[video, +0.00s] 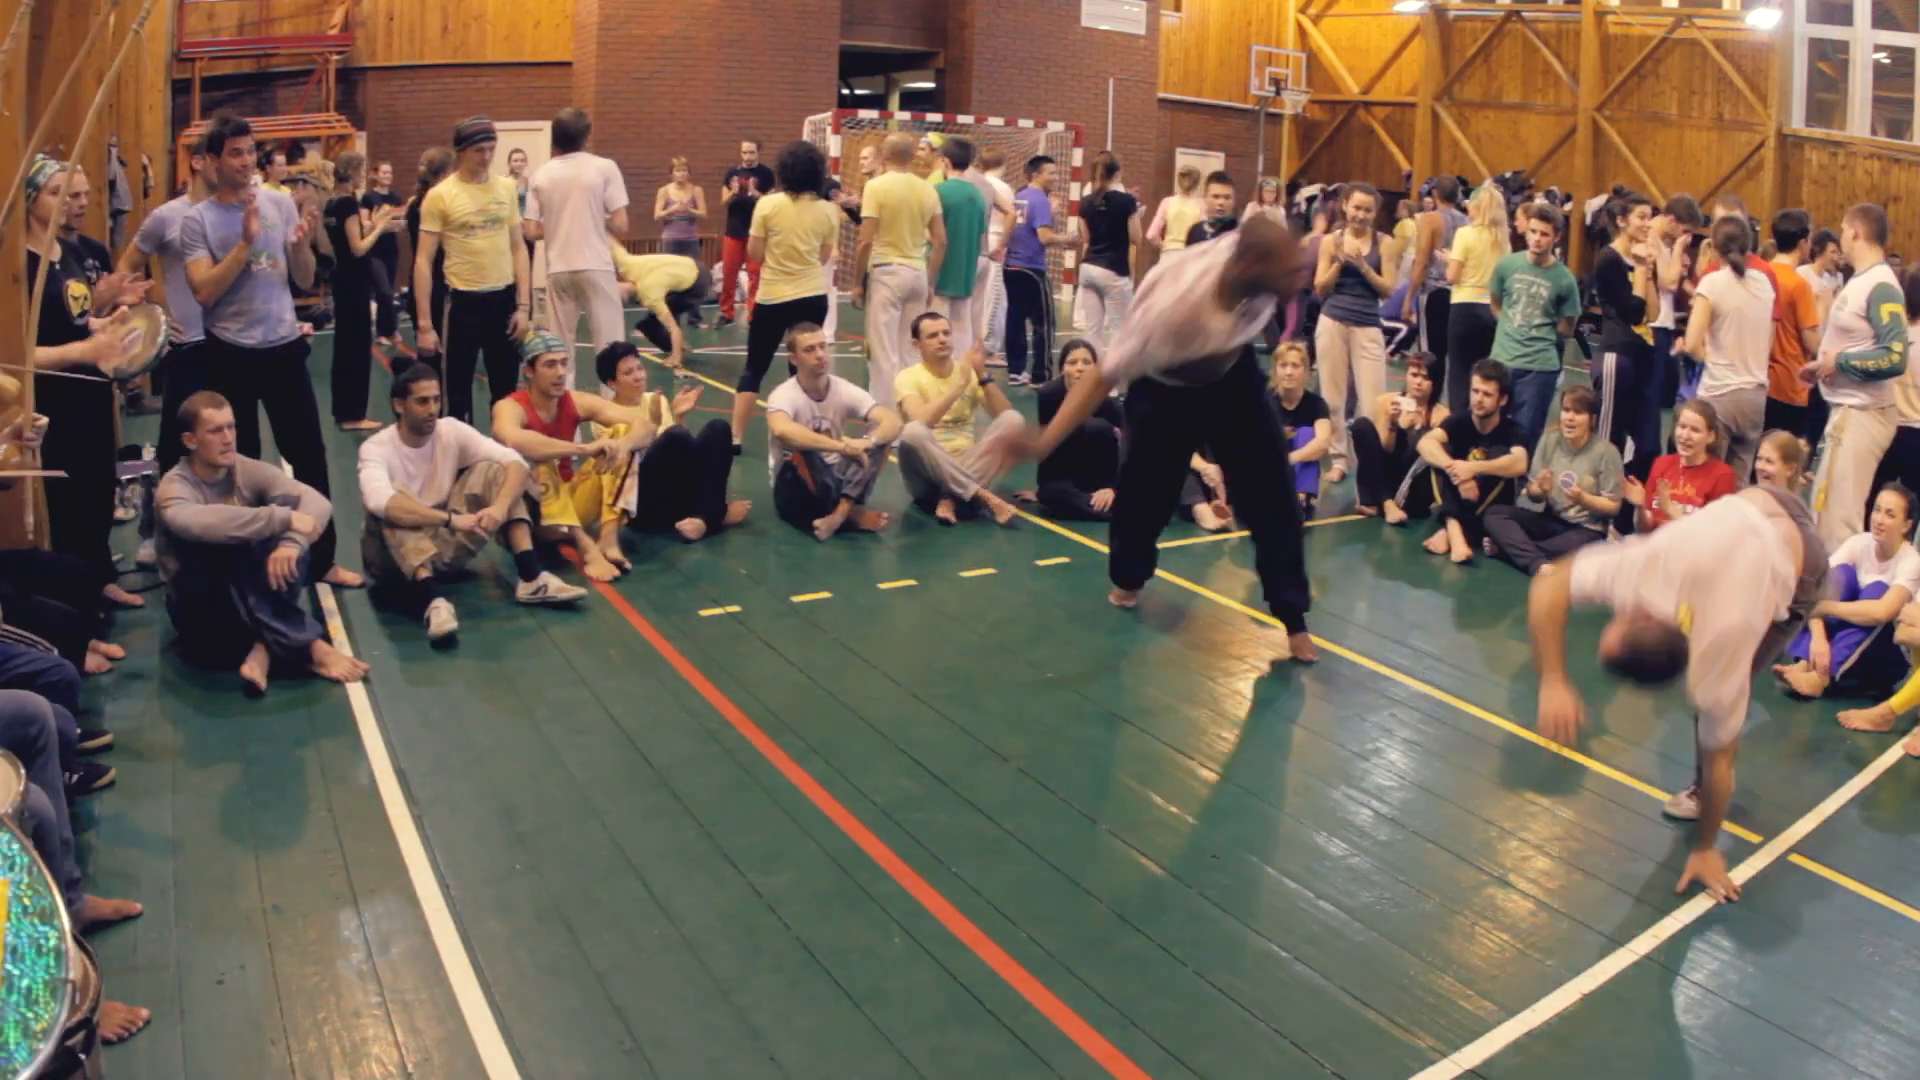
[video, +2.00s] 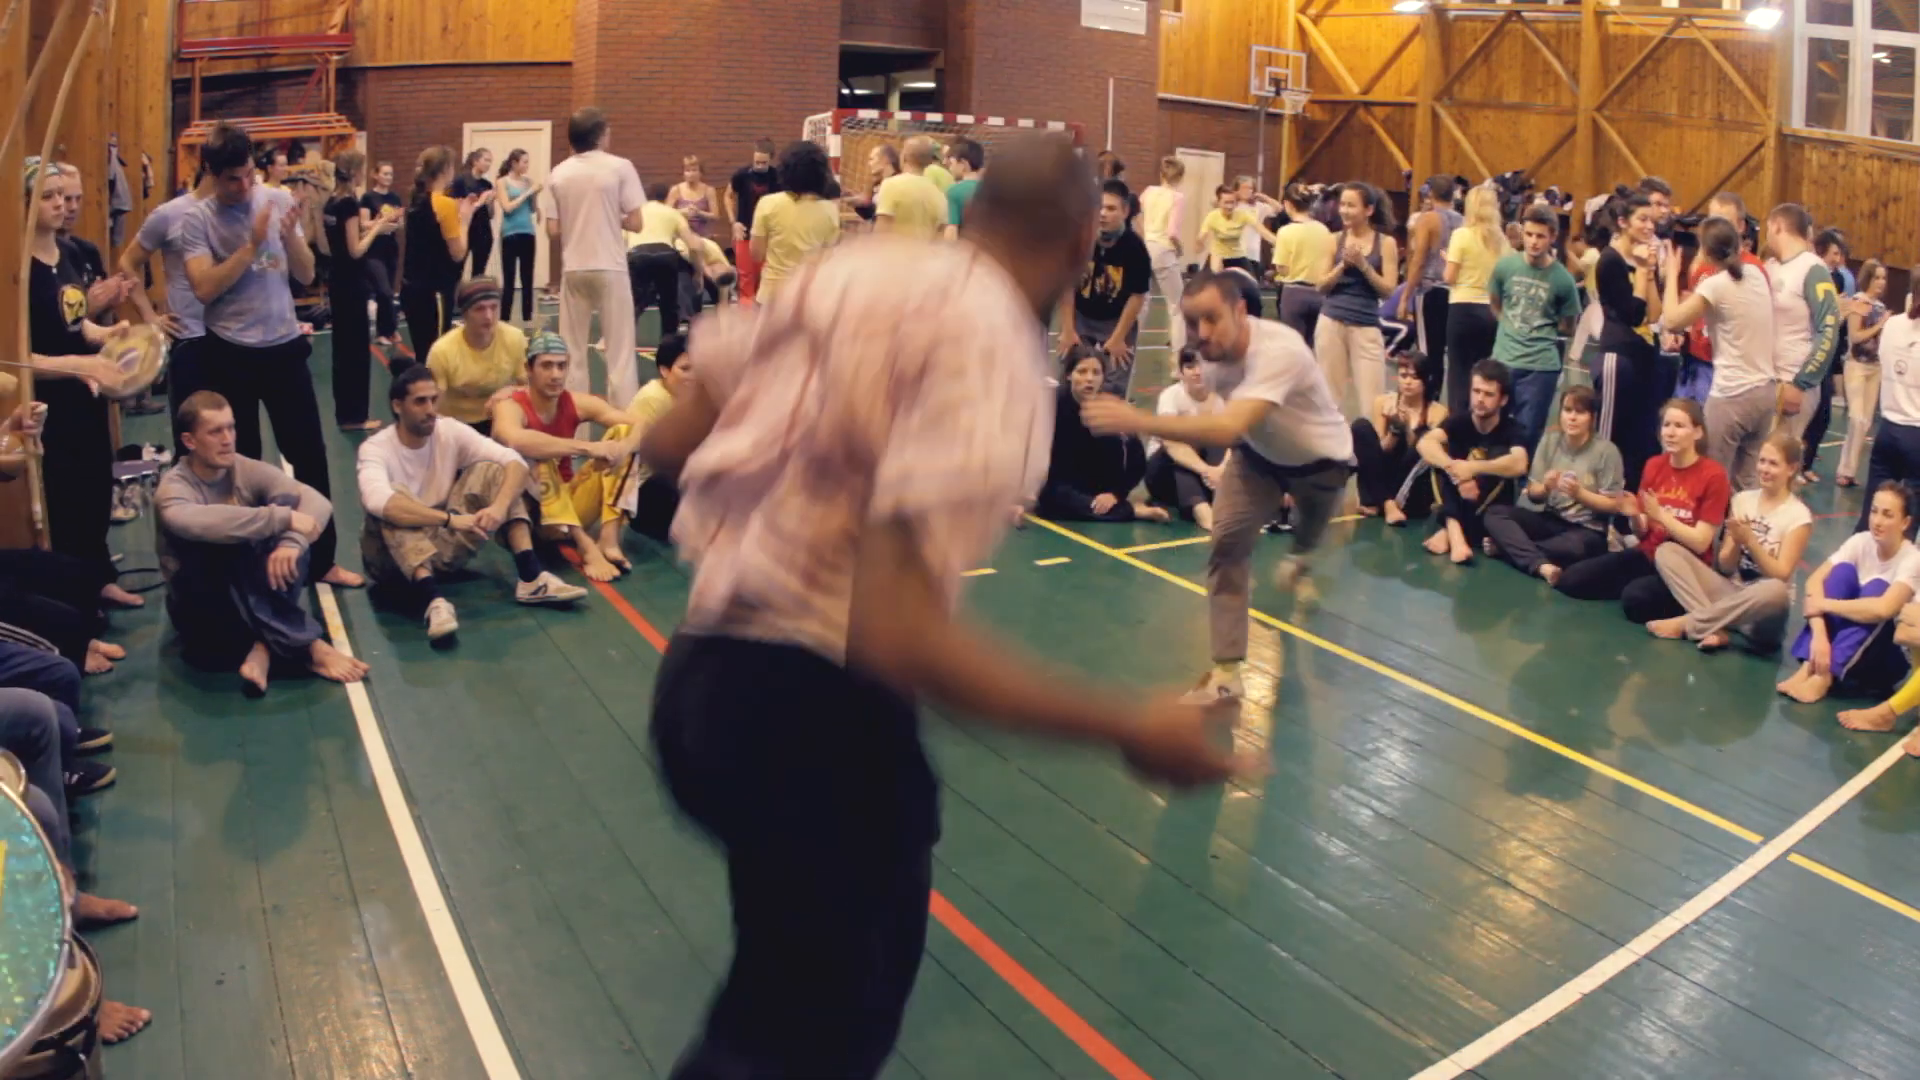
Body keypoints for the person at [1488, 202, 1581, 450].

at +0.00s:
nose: (1537, 239)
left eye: (1544, 234)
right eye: (1533, 232)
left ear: (1556, 238)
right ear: (1526, 232)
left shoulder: (1565, 279)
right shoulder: (1505, 265)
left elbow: (1567, 328)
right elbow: (1495, 307)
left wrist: (1537, 332)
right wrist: (1516, 327)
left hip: (1540, 362)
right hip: (1502, 356)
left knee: (1525, 433)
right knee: (1491, 427)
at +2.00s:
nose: (1533, 241)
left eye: (1540, 236)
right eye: (1529, 234)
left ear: (1552, 239)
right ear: (1522, 234)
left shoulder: (1563, 280)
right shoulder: (1504, 266)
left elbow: (1568, 324)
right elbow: (1495, 306)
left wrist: (1539, 331)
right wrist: (1514, 327)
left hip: (1541, 360)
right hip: (1503, 355)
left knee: (1527, 431)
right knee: (1492, 424)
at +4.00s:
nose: (1532, 242)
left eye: (1539, 236)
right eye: (1527, 234)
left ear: (1550, 238)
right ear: (1520, 234)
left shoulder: (1561, 277)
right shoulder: (1504, 266)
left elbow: (1566, 327)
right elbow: (1493, 305)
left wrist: (1537, 329)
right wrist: (1515, 324)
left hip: (1540, 362)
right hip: (1504, 357)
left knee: (1526, 432)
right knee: (1494, 427)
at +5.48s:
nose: (1531, 241)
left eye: (1538, 236)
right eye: (1527, 234)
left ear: (1551, 239)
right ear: (1521, 235)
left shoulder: (1562, 278)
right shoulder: (1503, 266)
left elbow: (1568, 325)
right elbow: (1495, 306)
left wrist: (1539, 329)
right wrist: (1515, 326)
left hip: (1540, 362)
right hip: (1503, 356)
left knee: (1526, 434)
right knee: (1491, 426)